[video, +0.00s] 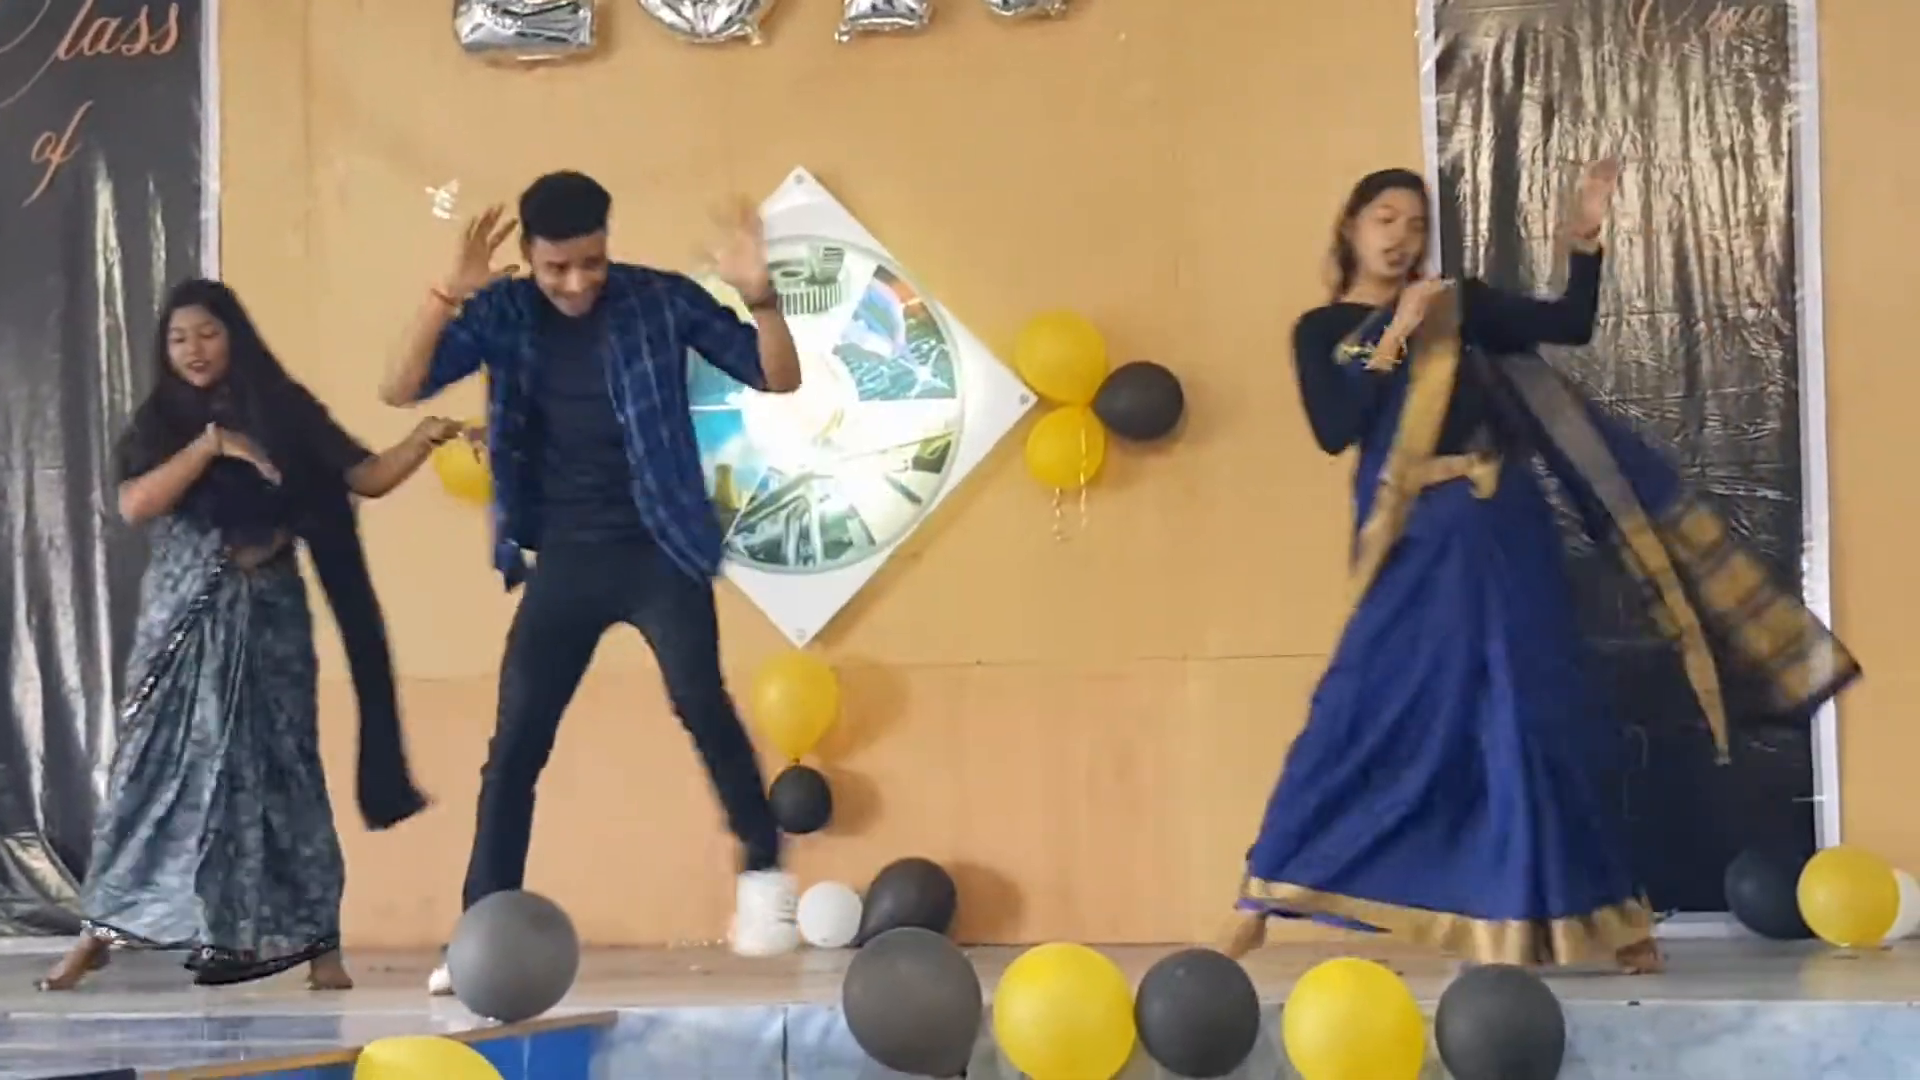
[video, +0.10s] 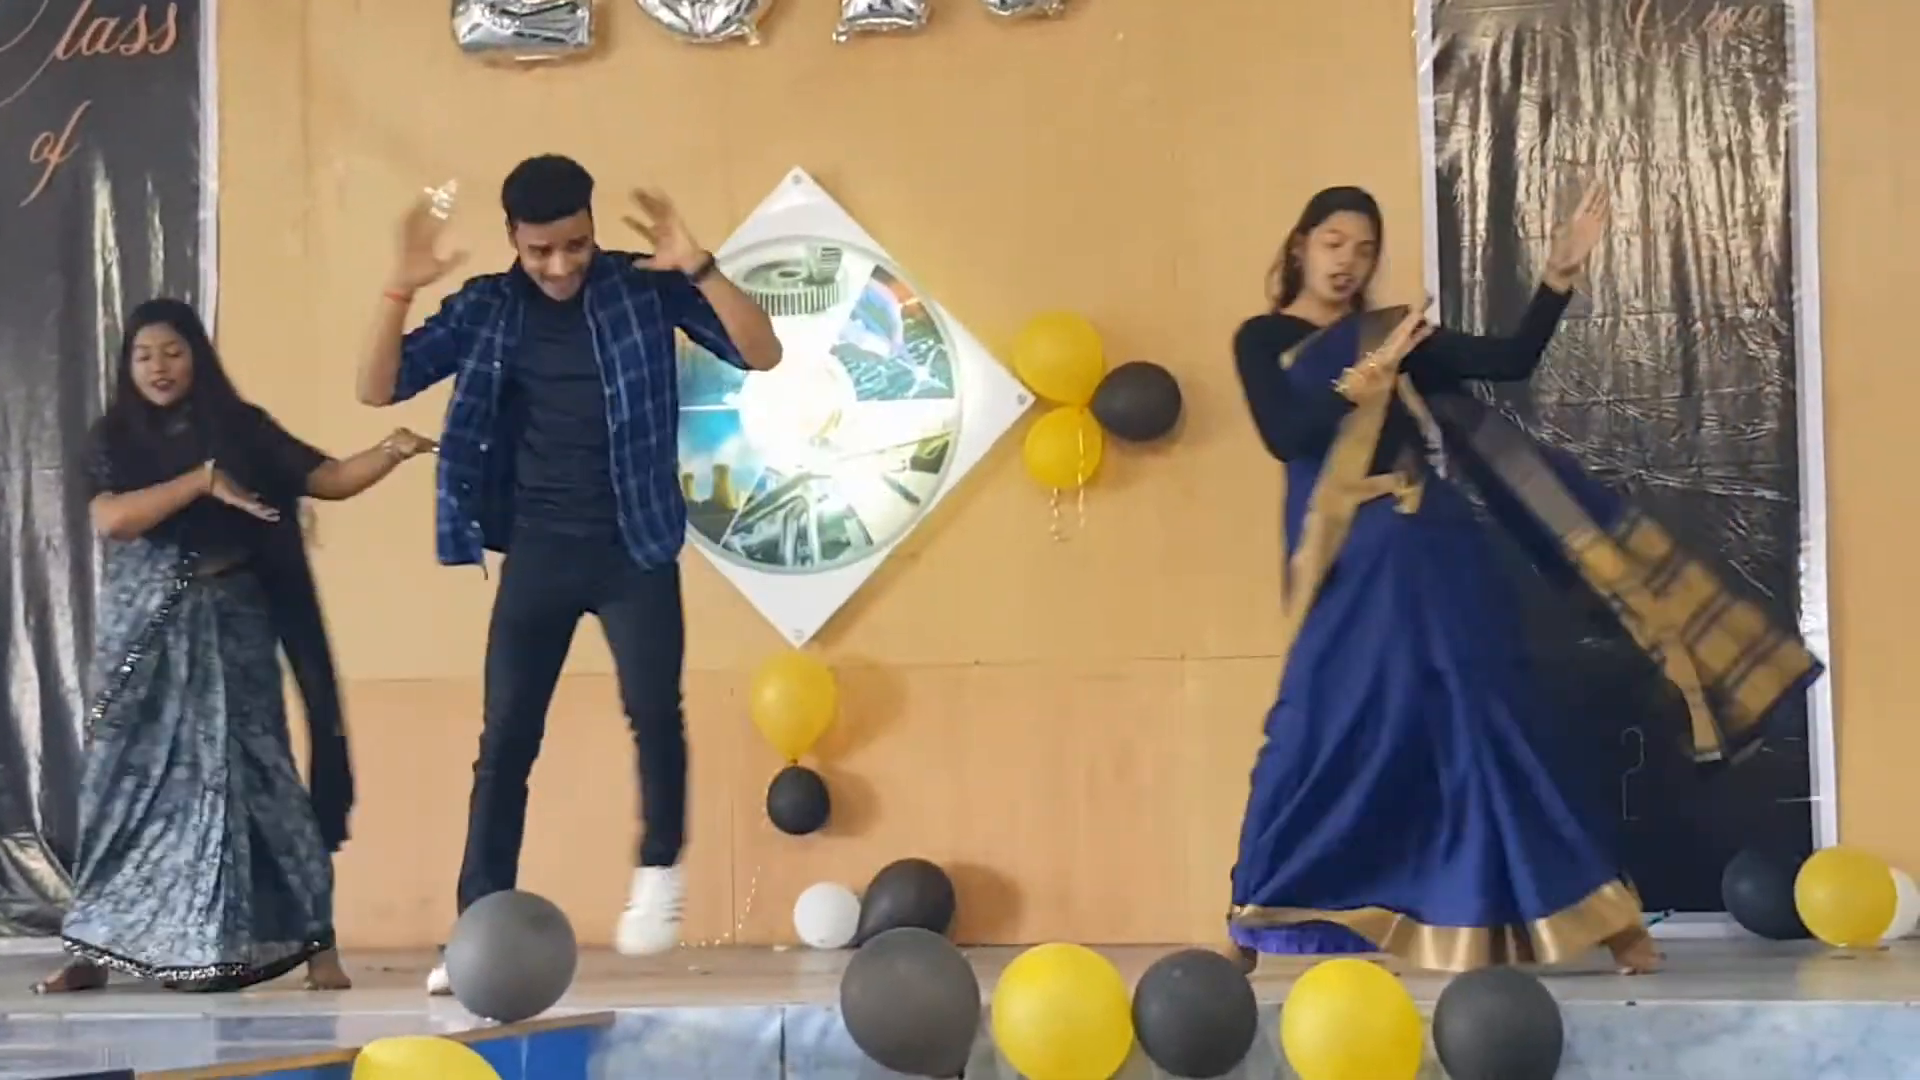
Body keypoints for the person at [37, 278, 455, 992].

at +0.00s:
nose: (193, 351)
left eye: (206, 335)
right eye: (179, 339)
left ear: (236, 337)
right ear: (165, 347)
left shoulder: (280, 404)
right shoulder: (159, 418)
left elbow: (368, 478)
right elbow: (134, 505)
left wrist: (421, 439)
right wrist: (203, 450)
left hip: (272, 611)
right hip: (185, 613)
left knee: (287, 767)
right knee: (149, 764)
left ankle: (322, 941)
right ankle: (99, 929)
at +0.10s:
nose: (159, 367)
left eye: (172, 353)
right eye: (144, 356)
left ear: (198, 358)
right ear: (126, 366)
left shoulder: (238, 426)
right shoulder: (114, 437)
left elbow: (326, 479)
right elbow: (108, 519)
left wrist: (389, 451)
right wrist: (200, 482)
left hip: (234, 623)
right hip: (146, 630)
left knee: (263, 772)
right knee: (119, 774)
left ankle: (317, 941)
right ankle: (89, 949)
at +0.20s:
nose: (131, 365)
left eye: (145, 352)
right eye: (117, 353)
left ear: (171, 359)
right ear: (101, 363)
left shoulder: (206, 428)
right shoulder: (80, 436)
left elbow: (298, 472)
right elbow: (80, 514)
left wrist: (381, 443)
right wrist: (184, 499)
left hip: (208, 636)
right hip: (114, 639)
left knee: (245, 774)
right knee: (92, 783)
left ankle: (291, 938)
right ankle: (85, 947)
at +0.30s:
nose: (113, 354)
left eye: (128, 341)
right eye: (100, 342)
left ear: (153, 349)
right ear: (83, 352)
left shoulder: (191, 420)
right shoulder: (59, 429)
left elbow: (280, 466)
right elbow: (60, 506)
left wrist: (356, 442)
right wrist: (166, 482)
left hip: (183, 627)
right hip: (91, 631)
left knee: (195, 769)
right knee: (80, 774)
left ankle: (223, 917)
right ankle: (83, 934)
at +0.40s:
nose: (102, 352)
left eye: (118, 339)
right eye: (90, 340)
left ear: (145, 350)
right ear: (72, 353)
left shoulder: (184, 424)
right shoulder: (53, 432)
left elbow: (259, 499)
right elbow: (40, 529)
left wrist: (309, 465)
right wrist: (127, 487)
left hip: (170, 624)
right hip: (83, 628)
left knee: (160, 772)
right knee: (74, 773)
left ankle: (153, 934)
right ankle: (74, 937)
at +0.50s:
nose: (104, 355)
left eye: (121, 344)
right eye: (93, 342)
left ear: (148, 356)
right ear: (77, 355)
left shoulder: (189, 439)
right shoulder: (56, 441)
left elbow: (217, 545)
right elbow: (31, 546)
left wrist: (237, 508)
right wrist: (69, 486)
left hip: (169, 628)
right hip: (86, 628)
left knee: (148, 775)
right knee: (70, 771)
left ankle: (136, 939)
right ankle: (61, 938)